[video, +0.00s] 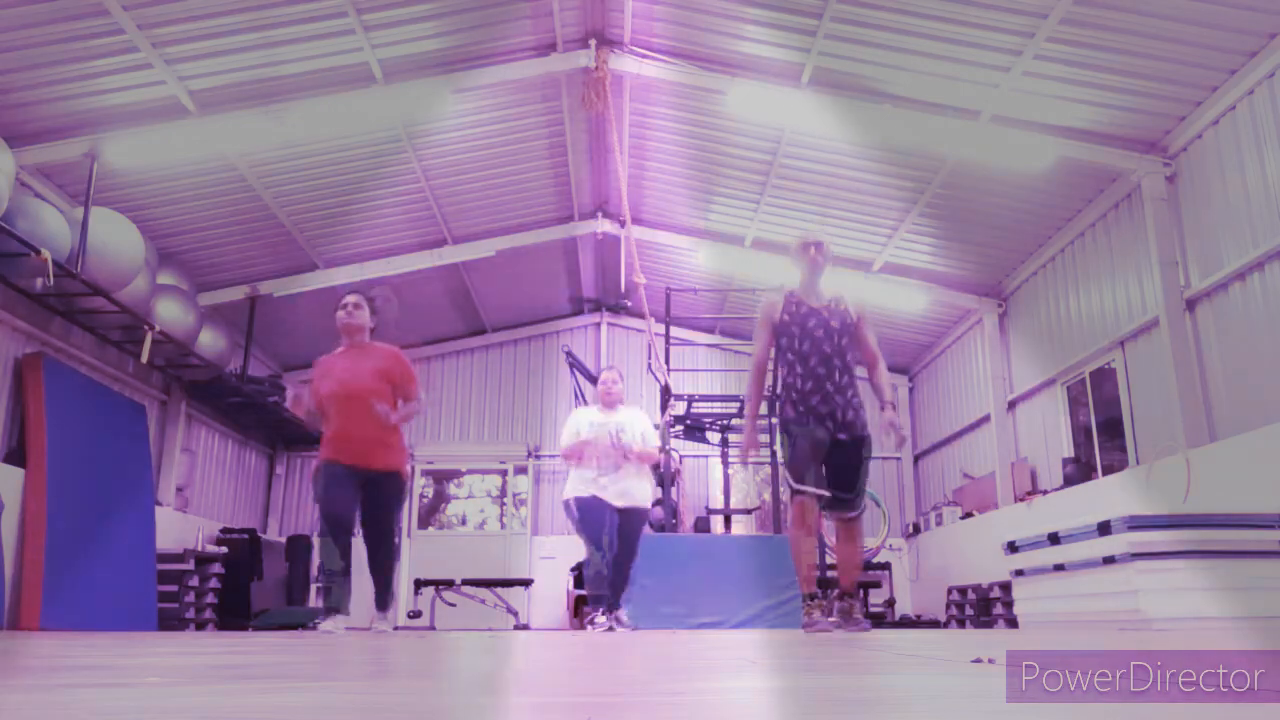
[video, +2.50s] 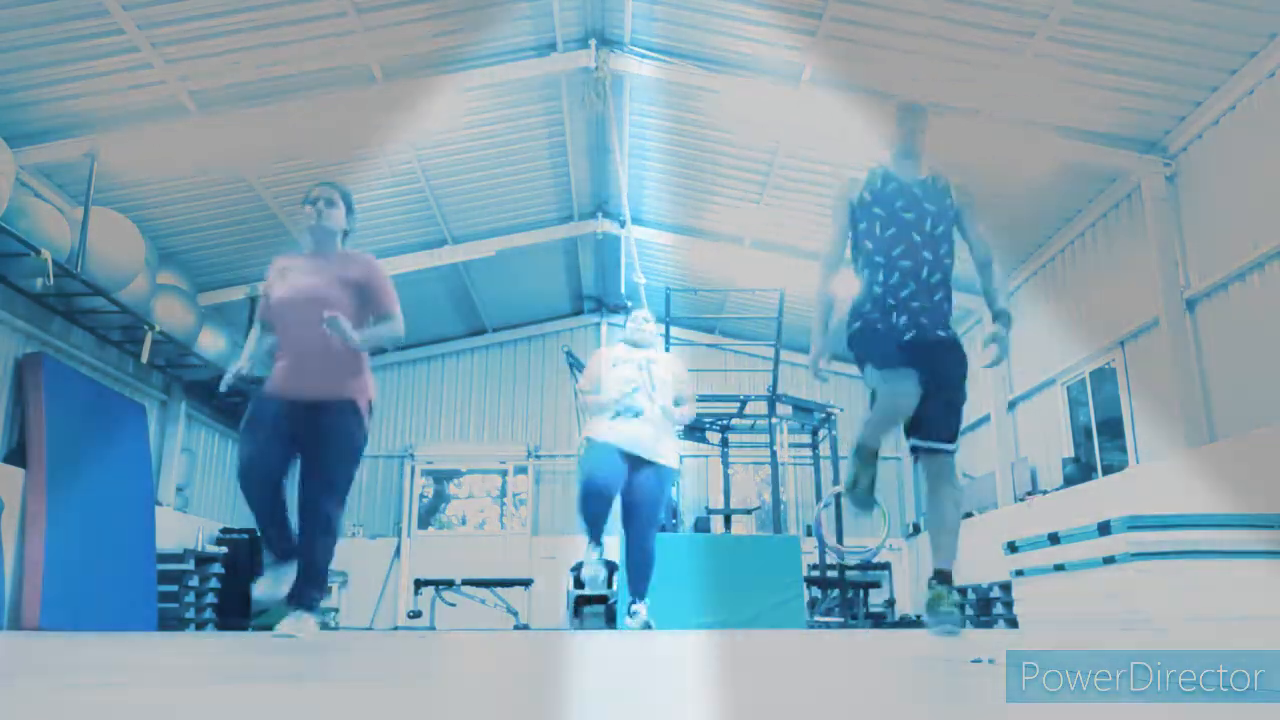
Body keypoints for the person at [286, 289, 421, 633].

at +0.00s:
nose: (349, 311)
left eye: (357, 307)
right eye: (343, 307)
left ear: (371, 319)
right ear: (336, 320)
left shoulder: (390, 356)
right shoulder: (324, 364)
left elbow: (415, 402)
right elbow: (319, 417)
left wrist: (396, 416)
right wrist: (300, 407)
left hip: (383, 463)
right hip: (338, 461)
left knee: (380, 536)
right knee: (335, 529)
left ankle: (383, 610)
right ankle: (335, 611)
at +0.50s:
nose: (352, 278)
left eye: (360, 273)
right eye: (346, 273)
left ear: (372, 285)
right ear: (335, 283)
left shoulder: (388, 325)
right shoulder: (316, 324)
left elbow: (408, 375)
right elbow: (298, 377)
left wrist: (390, 388)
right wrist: (312, 375)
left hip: (373, 419)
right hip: (326, 426)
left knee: (351, 460)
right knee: (329, 503)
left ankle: (345, 559)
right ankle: (340, 598)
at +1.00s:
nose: (350, 262)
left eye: (359, 257)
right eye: (345, 256)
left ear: (374, 268)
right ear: (336, 266)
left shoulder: (390, 310)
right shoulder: (321, 309)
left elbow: (413, 364)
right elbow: (314, 362)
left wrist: (372, 372)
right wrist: (298, 392)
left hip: (366, 420)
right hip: (320, 418)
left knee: (352, 510)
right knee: (295, 489)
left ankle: (352, 605)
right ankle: (320, 561)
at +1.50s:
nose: (318, 265)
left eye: (328, 259)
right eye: (312, 259)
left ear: (343, 272)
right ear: (302, 271)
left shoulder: (360, 313)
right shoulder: (287, 323)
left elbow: (379, 376)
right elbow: (285, 389)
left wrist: (369, 424)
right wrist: (262, 429)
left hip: (349, 437)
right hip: (297, 438)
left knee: (348, 530)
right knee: (292, 523)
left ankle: (354, 594)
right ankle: (298, 612)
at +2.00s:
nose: (310, 242)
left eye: (319, 236)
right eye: (303, 235)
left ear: (334, 249)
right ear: (292, 247)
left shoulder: (354, 299)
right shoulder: (269, 297)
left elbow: (371, 362)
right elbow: (245, 360)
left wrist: (377, 412)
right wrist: (264, 334)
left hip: (338, 398)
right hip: (279, 405)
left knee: (303, 429)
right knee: (273, 509)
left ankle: (307, 535)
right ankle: (282, 612)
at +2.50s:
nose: (318, 209)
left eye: (329, 204)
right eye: (311, 203)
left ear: (347, 219)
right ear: (300, 215)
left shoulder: (363, 266)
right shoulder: (280, 267)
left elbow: (396, 327)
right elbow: (265, 330)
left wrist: (358, 337)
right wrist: (244, 365)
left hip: (339, 401)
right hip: (280, 396)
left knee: (320, 504)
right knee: (255, 472)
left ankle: (305, 608)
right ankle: (284, 558)